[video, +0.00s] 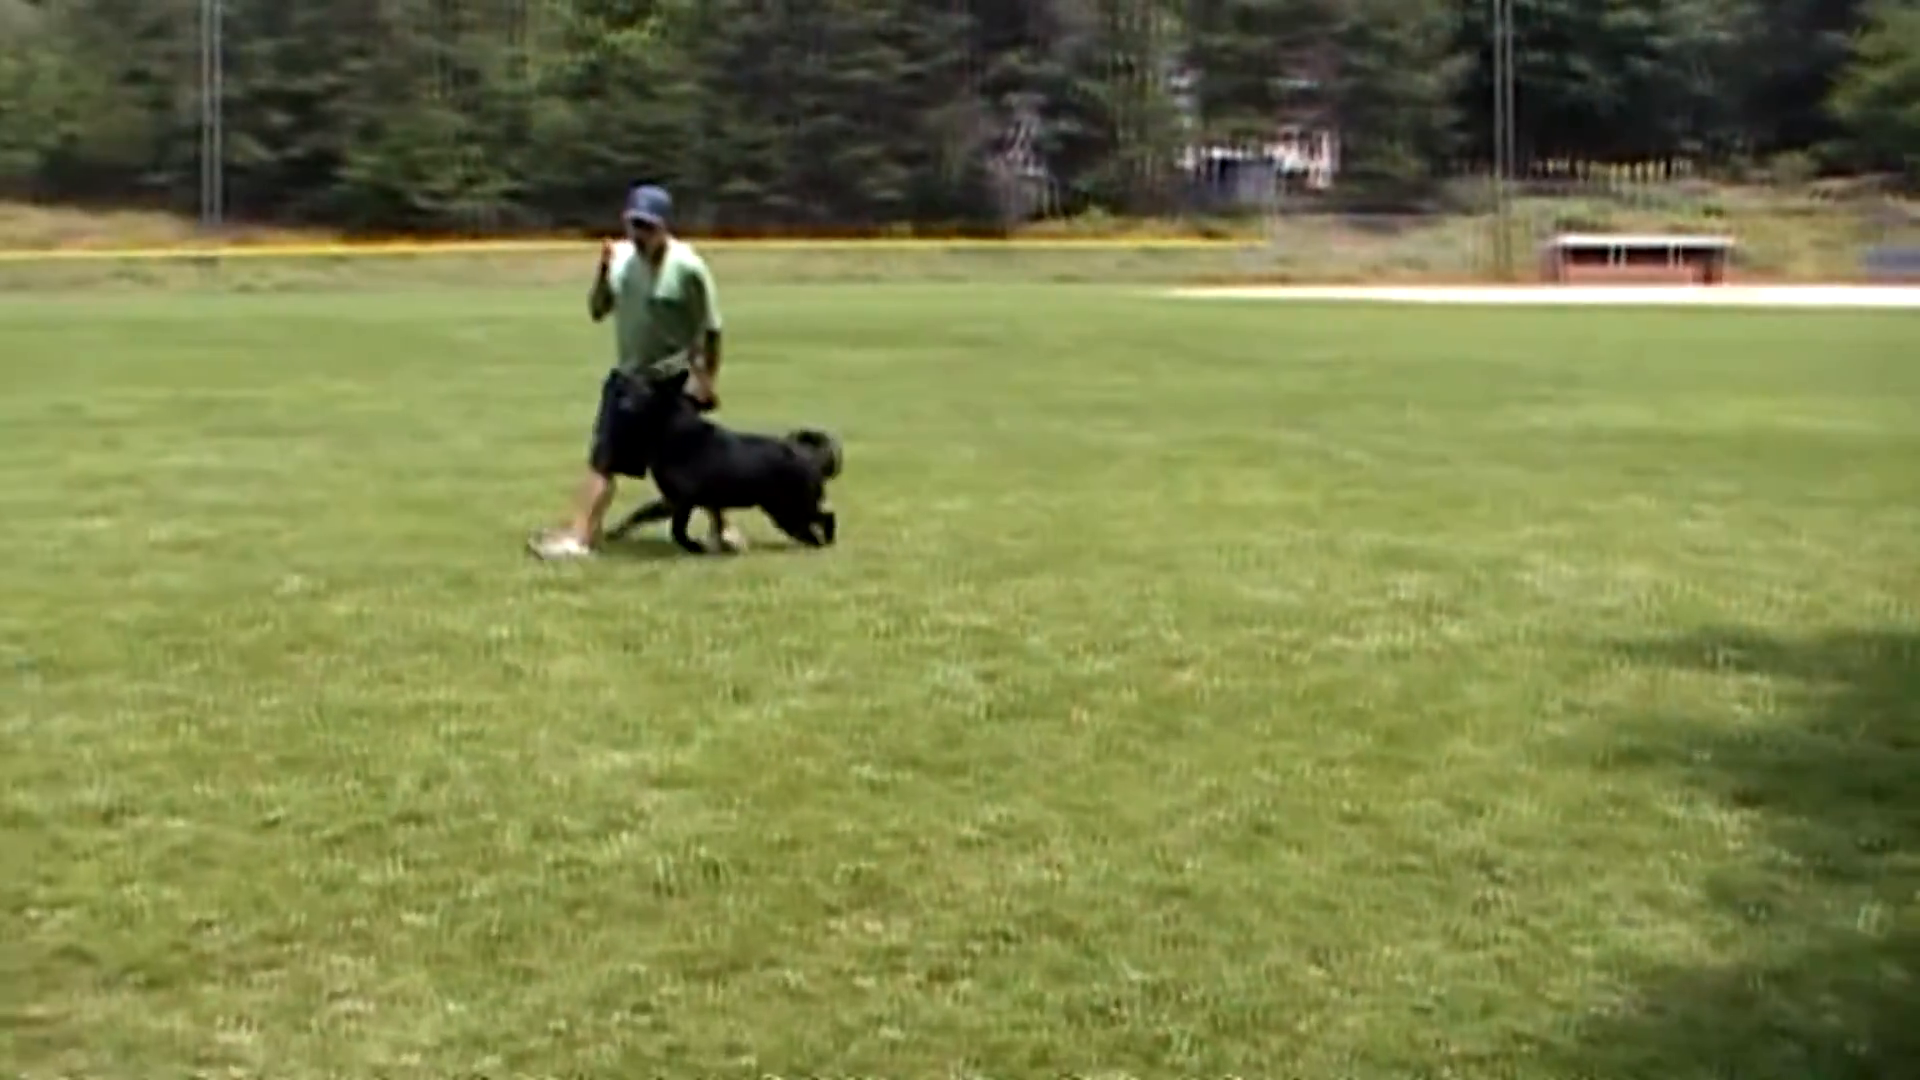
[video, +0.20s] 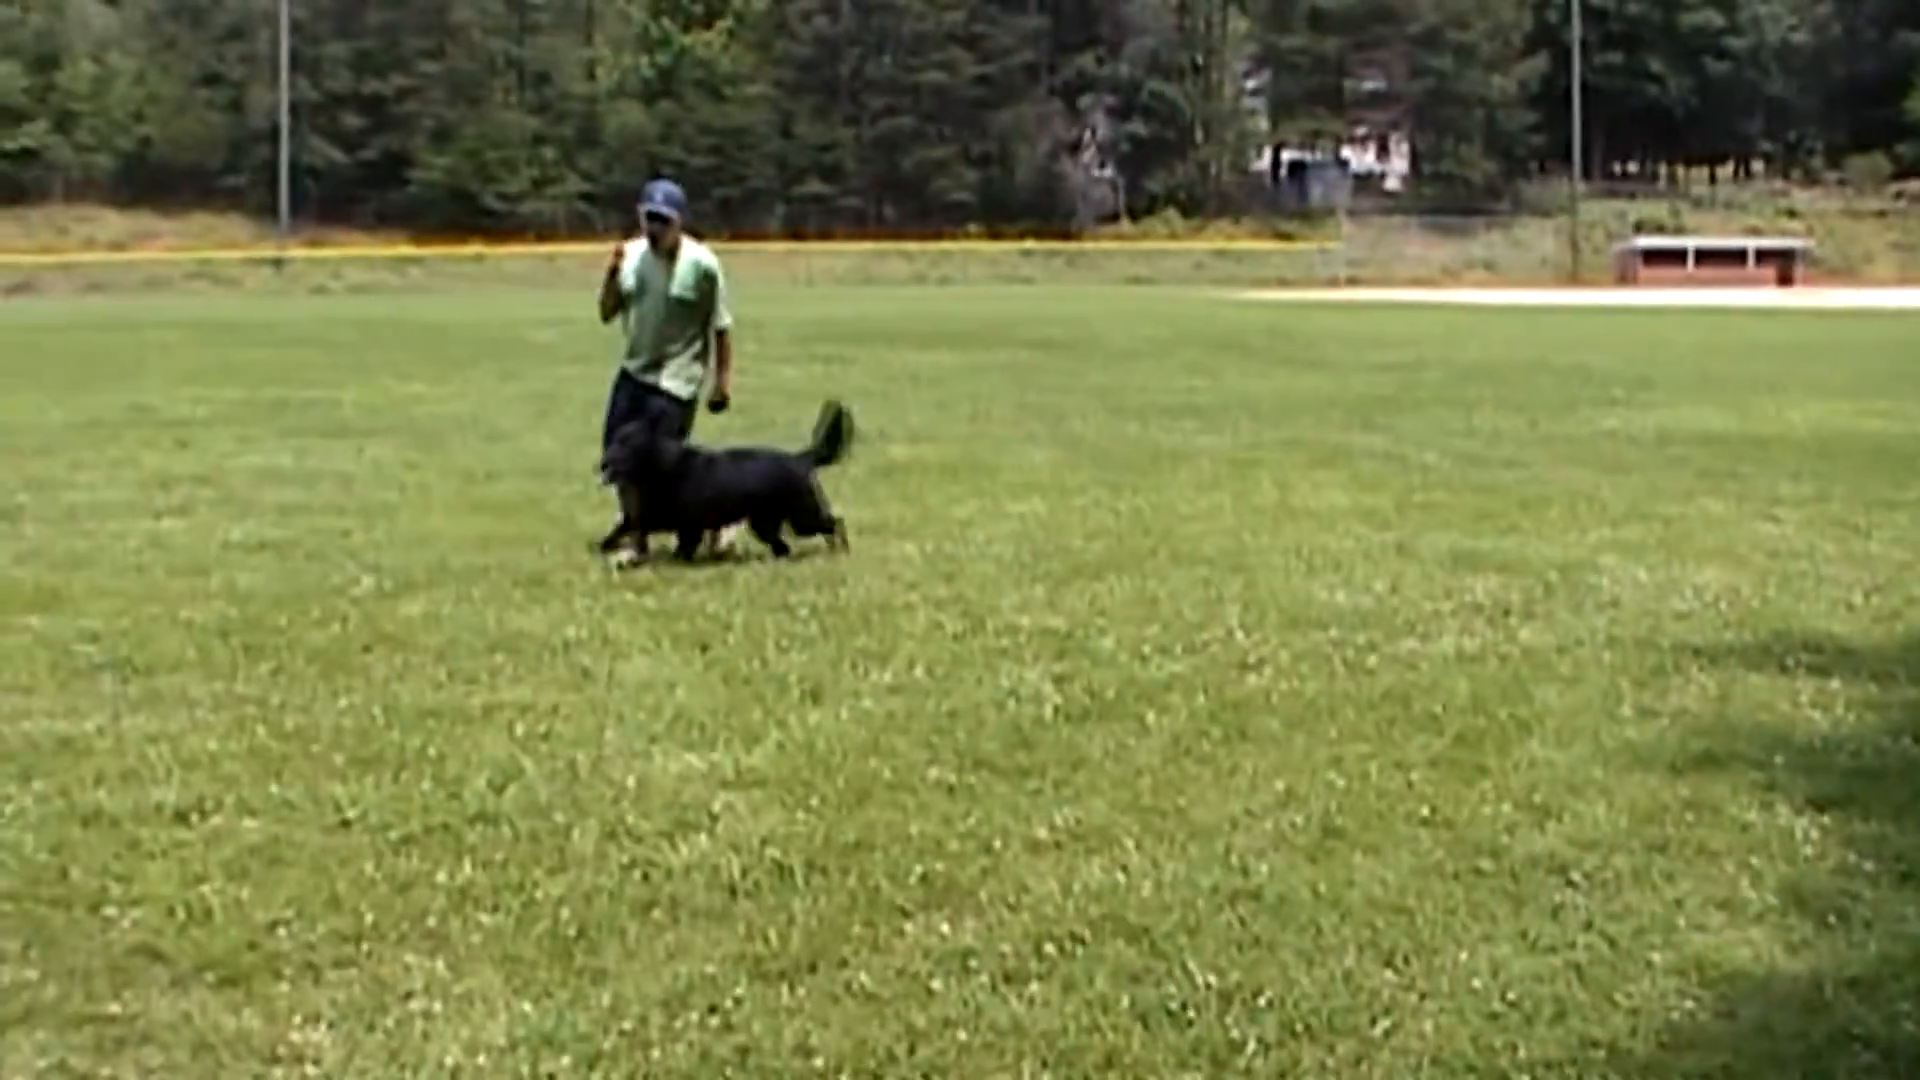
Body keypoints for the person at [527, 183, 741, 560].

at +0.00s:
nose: (638, 235)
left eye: (646, 227)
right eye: (633, 226)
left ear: (664, 227)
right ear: (626, 226)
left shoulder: (687, 268)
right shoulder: (622, 259)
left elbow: (711, 327)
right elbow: (599, 311)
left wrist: (706, 377)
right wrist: (604, 272)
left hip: (672, 381)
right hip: (627, 378)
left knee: (694, 459)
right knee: (602, 464)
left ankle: (720, 528)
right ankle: (583, 536)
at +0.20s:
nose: (653, 228)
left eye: (662, 220)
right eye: (648, 218)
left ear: (679, 222)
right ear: (641, 219)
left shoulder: (703, 265)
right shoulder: (634, 256)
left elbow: (720, 324)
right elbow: (608, 313)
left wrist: (721, 381)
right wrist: (613, 274)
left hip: (680, 372)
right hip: (637, 367)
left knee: (659, 457)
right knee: (620, 452)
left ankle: (711, 520)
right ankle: (633, 534)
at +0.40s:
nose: (588, 223)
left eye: (595, 215)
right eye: (582, 214)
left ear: (609, 218)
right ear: (574, 216)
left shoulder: (634, 263)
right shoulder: (563, 254)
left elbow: (652, 324)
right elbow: (534, 311)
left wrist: (649, 379)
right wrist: (543, 273)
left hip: (612, 363)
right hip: (571, 361)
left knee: (574, 428)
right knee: (565, 447)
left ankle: (591, 532)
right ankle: (572, 533)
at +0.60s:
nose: (549, 226)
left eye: (558, 218)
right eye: (543, 217)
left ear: (571, 223)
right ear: (533, 220)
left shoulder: (589, 272)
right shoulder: (513, 261)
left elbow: (607, 337)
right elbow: (494, 316)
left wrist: (605, 391)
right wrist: (493, 313)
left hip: (568, 384)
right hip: (524, 381)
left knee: (533, 468)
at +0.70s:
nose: (528, 218)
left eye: (536, 209)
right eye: (521, 208)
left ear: (549, 213)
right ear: (509, 210)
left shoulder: (570, 264)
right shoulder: (489, 253)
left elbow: (586, 332)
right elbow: (469, 304)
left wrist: (582, 387)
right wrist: (449, 345)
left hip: (548, 378)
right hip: (499, 373)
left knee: (521, 465)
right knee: (479, 454)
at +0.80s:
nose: (484, 204)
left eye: (492, 195)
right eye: (477, 194)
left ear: (505, 200)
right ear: (464, 198)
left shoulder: (528, 252)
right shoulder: (442, 246)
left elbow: (541, 322)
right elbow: (420, 310)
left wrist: (527, 375)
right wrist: (398, 366)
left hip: (503, 375)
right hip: (452, 368)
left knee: (496, 468)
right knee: (424, 452)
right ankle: (460, 513)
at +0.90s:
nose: (443, 195)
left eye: (451, 185)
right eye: (435, 185)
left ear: (463, 189)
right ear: (420, 188)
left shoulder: (487, 243)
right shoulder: (395, 238)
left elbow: (501, 309)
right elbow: (375, 301)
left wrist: (479, 362)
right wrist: (354, 357)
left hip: (458, 370)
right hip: (405, 362)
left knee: (455, 468)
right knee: (386, 451)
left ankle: (453, 550)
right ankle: (394, 544)